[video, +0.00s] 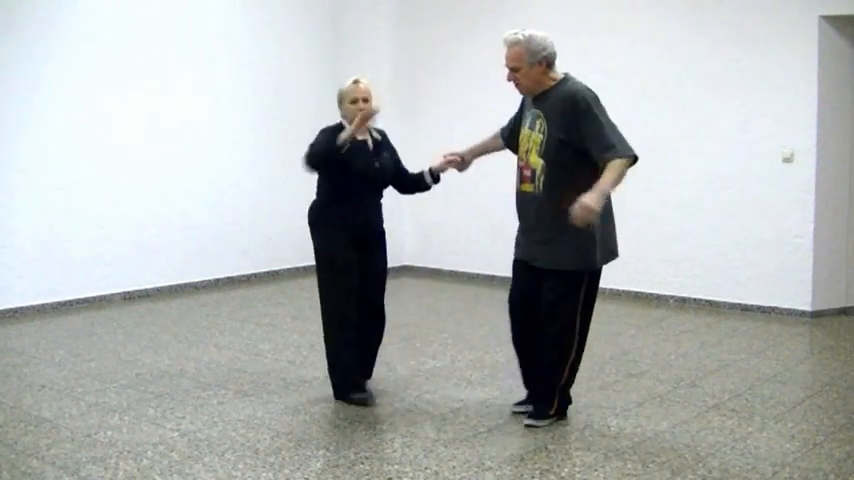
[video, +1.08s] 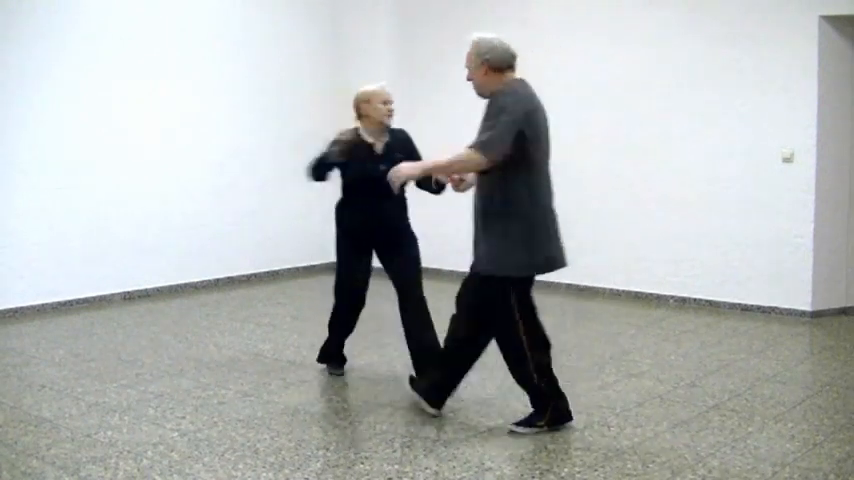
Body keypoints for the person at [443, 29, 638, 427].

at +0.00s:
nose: (509, 78)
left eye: (515, 71)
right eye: (508, 70)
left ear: (543, 66)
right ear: (535, 67)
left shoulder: (577, 99)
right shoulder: (532, 101)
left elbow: (622, 156)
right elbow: (510, 136)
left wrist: (597, 194)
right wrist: (469, 154)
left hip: (574, 242)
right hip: (534, 237)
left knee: (562, 322)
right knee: (525, 313)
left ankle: (554, 404)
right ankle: (538, 394)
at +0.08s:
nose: (511, 79)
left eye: (516, 72)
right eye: (510, 72)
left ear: (544, 68)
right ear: (534, 69)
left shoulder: (581, 101)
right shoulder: (531, 102)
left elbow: (631, 159)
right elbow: (513, 142)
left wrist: (622, 206)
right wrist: (477, 164)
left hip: (580, 242)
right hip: (540, 238)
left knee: (566, 322)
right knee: (535, 312)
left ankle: (555, 402)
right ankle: (555, 388)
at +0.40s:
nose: (519, 78)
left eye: (525, 72)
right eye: (518, 71)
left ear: (554, 69)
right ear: (545, 69)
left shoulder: (595, 101)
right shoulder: (525, 110)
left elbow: (650, 148)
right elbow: (480, 145)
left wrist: (680, 200)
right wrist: (426, 160)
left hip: (590, 230)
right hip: (551, 232)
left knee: (552, 304)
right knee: (557, 308)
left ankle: (558, 400)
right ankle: (566, 392)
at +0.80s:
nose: (500, 76)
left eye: (505, 68)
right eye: (499, 68)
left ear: (533, 67)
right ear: (526, 67)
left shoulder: (572, 100)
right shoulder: (516, 106)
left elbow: (627, 136)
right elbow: (481, 141)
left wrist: (645, 176)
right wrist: (433, 153)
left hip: (575, 245)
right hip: (532, 242)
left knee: (559, 326)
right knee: (515, 308)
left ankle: (556, 412)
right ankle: (547, 391)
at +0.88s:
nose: (492, 72)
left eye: (497, 65)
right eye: (492, 65)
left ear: (523, 66)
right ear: (519, 66)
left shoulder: (555, 96)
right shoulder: (517, 103)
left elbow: (593, 134)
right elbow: (491, 148)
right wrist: (443, 159)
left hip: (560, 247)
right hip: (523, 243)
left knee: (553, 327)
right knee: (498, 301)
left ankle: (555, 411)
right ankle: (522, 388)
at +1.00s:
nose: (479, 74)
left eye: (482, 67)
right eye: (479, 67)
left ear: (504, 66)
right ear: (507, 66)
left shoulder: (531, 97)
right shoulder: (515, 101)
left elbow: (526, 148)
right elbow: (510, 162)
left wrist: (457, 160)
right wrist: (463, 169)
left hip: (530, 242)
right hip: (510, 239)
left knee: (533, 325)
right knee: (481, 308)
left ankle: (552, 410)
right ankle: (463, 392)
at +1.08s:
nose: (468, 79)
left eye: (471, 71)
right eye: (468, 71)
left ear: (489, 69)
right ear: (495, 68)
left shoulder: (511, 101)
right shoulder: (511, 98)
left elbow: (484, 156)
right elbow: (504, 160)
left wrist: (421, 168)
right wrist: (472, 175)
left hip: (511, 239)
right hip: (506, 237)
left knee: (476, 311)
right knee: (512, 318)